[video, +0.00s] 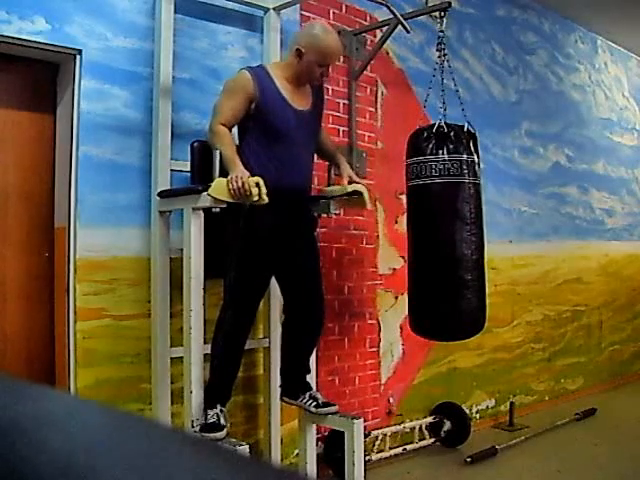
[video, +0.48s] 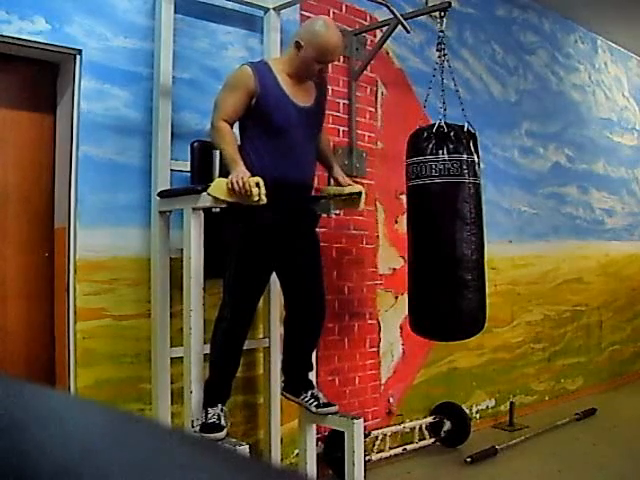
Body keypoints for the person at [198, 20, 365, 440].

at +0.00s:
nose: (325, 74)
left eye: (330, 67)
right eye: (323, 66)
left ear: (317, 60)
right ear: (300, 54)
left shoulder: (312, 91)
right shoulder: (251, 82)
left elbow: (311, 134)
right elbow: (219, 127)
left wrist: (341, 161)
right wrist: (236, 167)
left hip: (296, 216)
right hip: (254, 216)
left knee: (307, 307)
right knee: (238, 311)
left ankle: (295, 387)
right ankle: (213, 409)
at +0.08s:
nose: (326, 74)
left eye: (330, 66)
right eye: (323, 65)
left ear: (315, 60)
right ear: (299, 54)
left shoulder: (311, 90)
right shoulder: (251, 81)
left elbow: (310, 134)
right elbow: (219, 127)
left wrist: (338, 163)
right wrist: (236, 168)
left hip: (296, 215)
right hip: (254, 215)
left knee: (308, 306)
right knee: (238, 310)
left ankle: (295, 385)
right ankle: (214, 407)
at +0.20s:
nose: (325, 74)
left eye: (329, 66)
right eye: (322, 65)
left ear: (315, 59)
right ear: (299, 53)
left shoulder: (312, 88)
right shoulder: (250, 79)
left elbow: (311, 134)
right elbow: (218, 125)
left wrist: (334, 168)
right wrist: (236, 168)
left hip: (297, 213)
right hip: (254, 213)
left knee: (308, 307)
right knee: (238, 310)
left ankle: (297, 385)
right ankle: (214, 407)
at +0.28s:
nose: (325, 73)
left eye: (329, 65)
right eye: (322, 64)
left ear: (316, 57)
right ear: (299, 52)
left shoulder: (313, 87)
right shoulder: (250, 78)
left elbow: (311, 132)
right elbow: (219, 124)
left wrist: (333, 168)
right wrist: (236, 167)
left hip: (297, 213)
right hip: (255, 213)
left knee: (309, 306)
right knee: (238, 310)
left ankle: (297, 384)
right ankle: (214, 405)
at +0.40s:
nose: (326, 71)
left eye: (330, 64)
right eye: (323, 63)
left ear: (318, 57)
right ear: (300, 51)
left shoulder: (315, 87)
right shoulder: (251, 77)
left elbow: (312, 132)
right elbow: (220, 123)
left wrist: (334, 168)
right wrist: (236, 167)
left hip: (297, 212)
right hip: (255, 211)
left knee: (309, 305)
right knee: (237, 310)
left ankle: (297, 382)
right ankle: (214, 406)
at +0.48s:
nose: (325, 71)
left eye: (329, 64)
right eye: (322, 62)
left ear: (325, 56)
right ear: (300, 48)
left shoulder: (317, 86)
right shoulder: (251, 77)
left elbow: (312, 132)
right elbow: (220, 122)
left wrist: (336, 169)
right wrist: (236, 166)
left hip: (298, 211)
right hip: (255, 210)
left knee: (309, 305)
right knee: (237, 309)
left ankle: (297, 383)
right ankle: (213, 406)